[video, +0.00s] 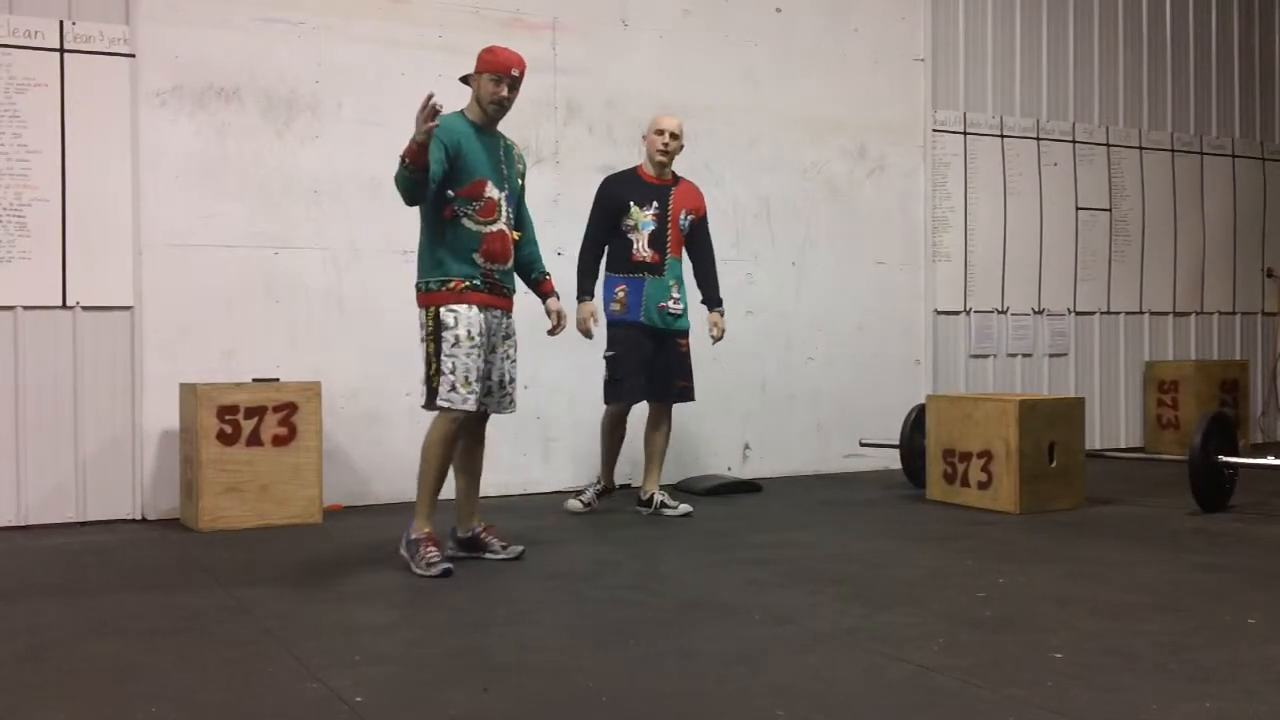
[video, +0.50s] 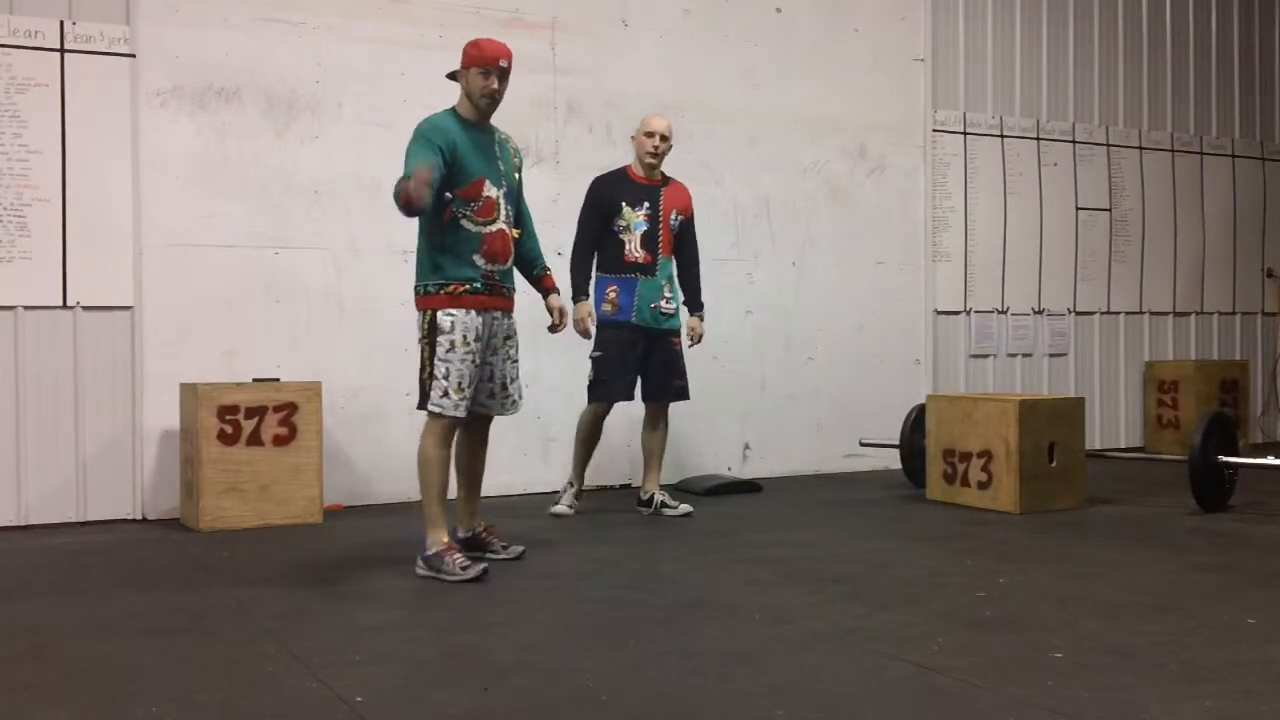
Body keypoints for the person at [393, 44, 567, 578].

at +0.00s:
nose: (504, 90)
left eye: (511, 84)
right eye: (495, 80)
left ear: (517, 93)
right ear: (473, 82)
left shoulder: (511, 153)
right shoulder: (446, 132)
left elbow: (520, 228)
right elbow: (411, 195)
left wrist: (548, 291)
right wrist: (418, 143)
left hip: (496, 296)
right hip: (452, 291)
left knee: (478, 414)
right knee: (456, 409)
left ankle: (468, 527)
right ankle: (421, 531)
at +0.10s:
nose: (505, 91)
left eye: (513, 85)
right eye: (497, 81)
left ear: (518, 95)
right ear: (475, 82)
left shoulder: (512, 154)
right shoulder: (447, 133)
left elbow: (522, 229)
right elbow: (410, 193)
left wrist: (550, 291)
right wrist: (421, 141)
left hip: (496, 293)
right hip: (453, 288)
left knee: (478, 411)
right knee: (461, 407)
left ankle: (468, 528)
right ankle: (421, 529)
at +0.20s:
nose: (505, 91)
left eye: (513, 86)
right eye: (497, 81)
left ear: (518, 95)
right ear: (474, 83)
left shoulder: (512, 155)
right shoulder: (446, 133)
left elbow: (523, 229)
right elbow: (411, 194)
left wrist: (552, 291)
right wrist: (422, 139)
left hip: (496, 294)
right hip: (454, 289)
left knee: (478, 411)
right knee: (458, 408)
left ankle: (469, 527)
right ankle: (425, 534)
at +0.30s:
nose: (503, 90)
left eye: (511, 84)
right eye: (494, 80)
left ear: (516, 93)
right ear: (471, 81)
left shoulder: (510, 152)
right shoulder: (446, 133)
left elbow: (522, 228)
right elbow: (411, 196)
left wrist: (552, 290)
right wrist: (419, 146)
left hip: (497, 298)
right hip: (454, 293)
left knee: (478, 415)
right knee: (451, 411)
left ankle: (470, 528)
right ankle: (433, 541)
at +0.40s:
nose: (497, 87)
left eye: (505, 80)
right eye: (488, 77)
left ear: (511, 89)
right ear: (466, 79)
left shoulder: (509, 152)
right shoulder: (443, 135)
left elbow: (521, 227)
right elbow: (411, 199)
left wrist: (551, 290)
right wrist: (415, 159)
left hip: (498, 299)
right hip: (453, 295)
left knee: (478, 415)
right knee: (446, 414)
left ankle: (470, 528)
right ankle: (435, 544)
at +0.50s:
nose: (491, 83)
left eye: (500, 75)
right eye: (482, 72)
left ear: (507, 83)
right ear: (460, 76)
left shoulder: (506, 148)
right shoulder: (437, 133)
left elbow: (520, 225)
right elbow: (415, 189)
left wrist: (549, 289)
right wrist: (417, 190)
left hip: (497, 300)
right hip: (450, 296)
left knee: (479, 416)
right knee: (443, 416)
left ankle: (470, 529)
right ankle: (436, 545)